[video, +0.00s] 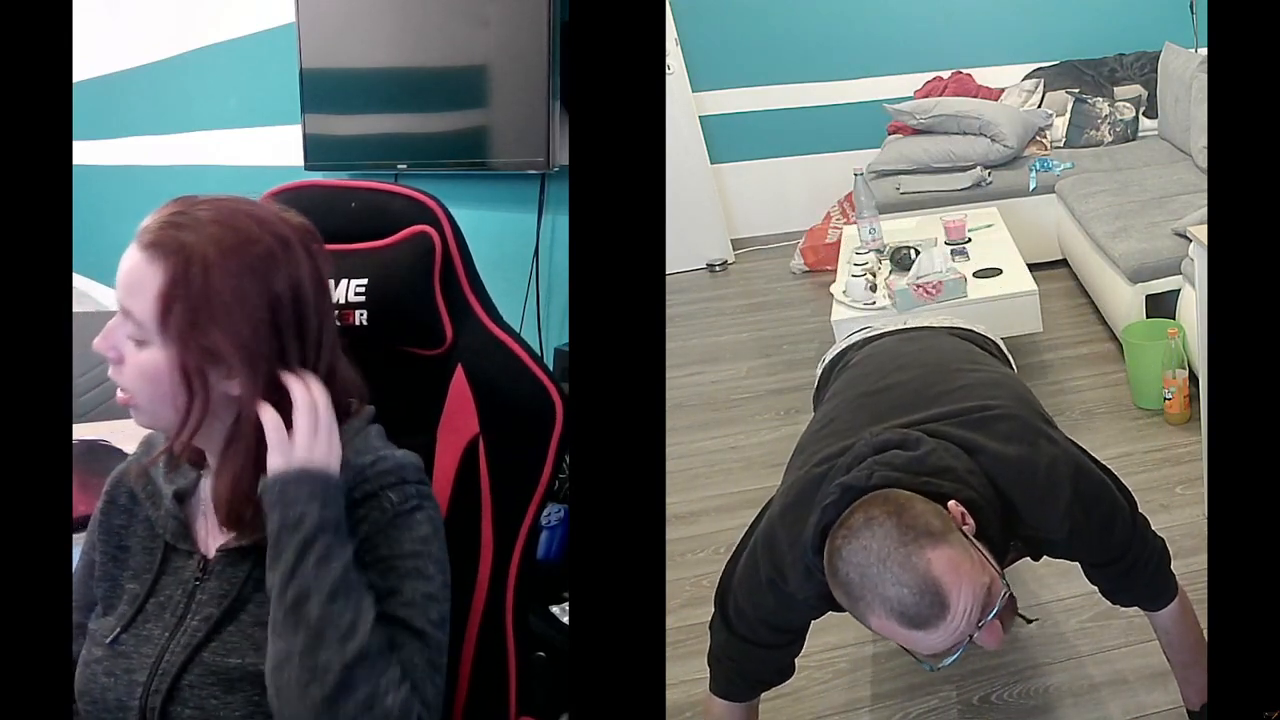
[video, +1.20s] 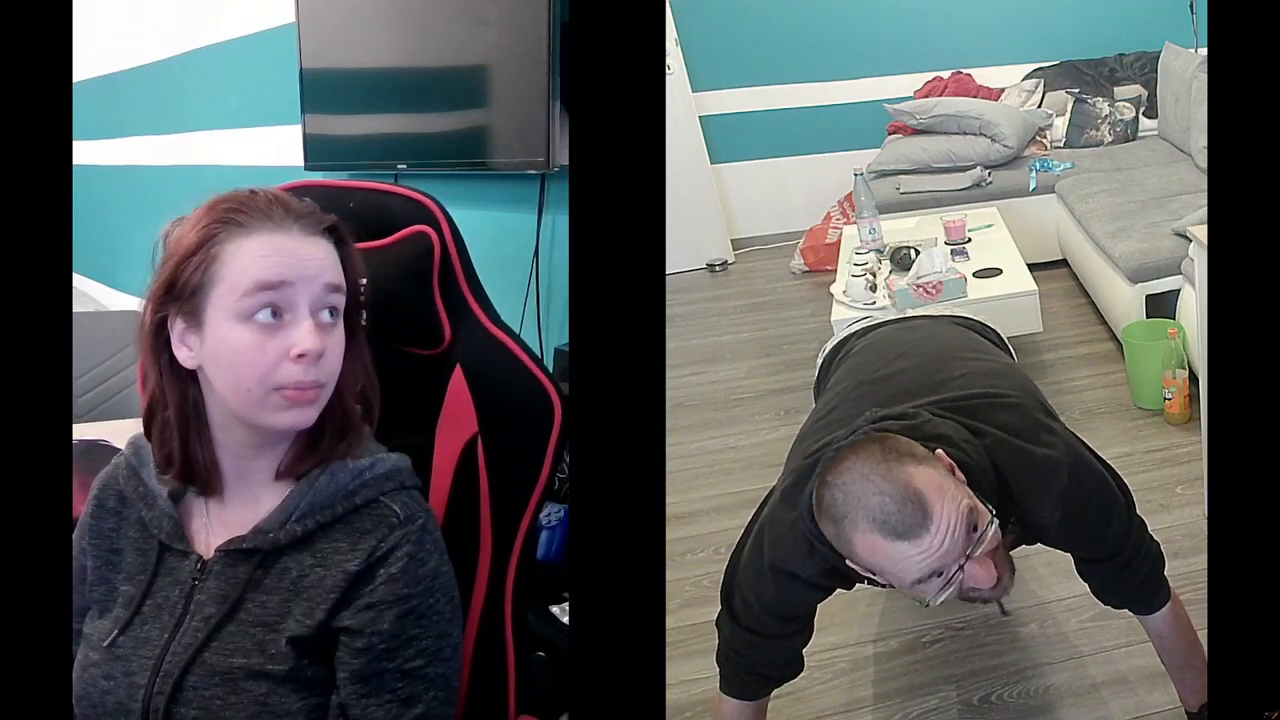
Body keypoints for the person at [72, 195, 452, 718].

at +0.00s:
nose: (101, 346)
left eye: (137, 335)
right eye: (117, 317)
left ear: (234, 372)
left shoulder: (383, 499)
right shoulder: (135, 488)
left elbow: (370, 712)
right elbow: (76, 660)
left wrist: (303, 508)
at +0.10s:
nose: (114, 339)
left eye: (156, 326)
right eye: (130, 309)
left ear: (255, 361)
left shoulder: (387, 506)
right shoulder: (136, 488)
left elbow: (380, 716)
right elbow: (75, 658)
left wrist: (298, 539)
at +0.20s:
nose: (199, 335)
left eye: (246, 311)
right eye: (179, 306)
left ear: (318, 339)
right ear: (155, 329)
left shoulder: (386, 506)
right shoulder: (134, 486)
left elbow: (397, 711)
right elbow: (76, 659)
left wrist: (295, 572)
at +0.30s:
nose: (268, 328)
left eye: (297, 301)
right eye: (231, 302)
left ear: (333, 331)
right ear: (173, 339)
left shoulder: (391, 514)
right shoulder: (130, 491)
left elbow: (410, 710)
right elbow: (77, 660)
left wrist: (299, 595)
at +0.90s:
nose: (314, 353)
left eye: (331, 317)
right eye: (271, 320)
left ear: (348, 333)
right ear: (186, 342)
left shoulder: (389, 522)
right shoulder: (122, 493)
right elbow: (80, 676)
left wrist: (304, 634)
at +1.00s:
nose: (312, 352)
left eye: (330, 317)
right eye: (271, 319)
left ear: (347, 333)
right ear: (186, 340)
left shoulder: (393, 537)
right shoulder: (120, 500)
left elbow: (406, 707)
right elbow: (81, 682)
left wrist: (262, 686)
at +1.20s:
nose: (311, 343)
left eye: (329, 312)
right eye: (270, 313)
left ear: (347, 329)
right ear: (186, 337)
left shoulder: (389, 539)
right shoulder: (118, 502)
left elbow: (406, 707)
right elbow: (81, 684)